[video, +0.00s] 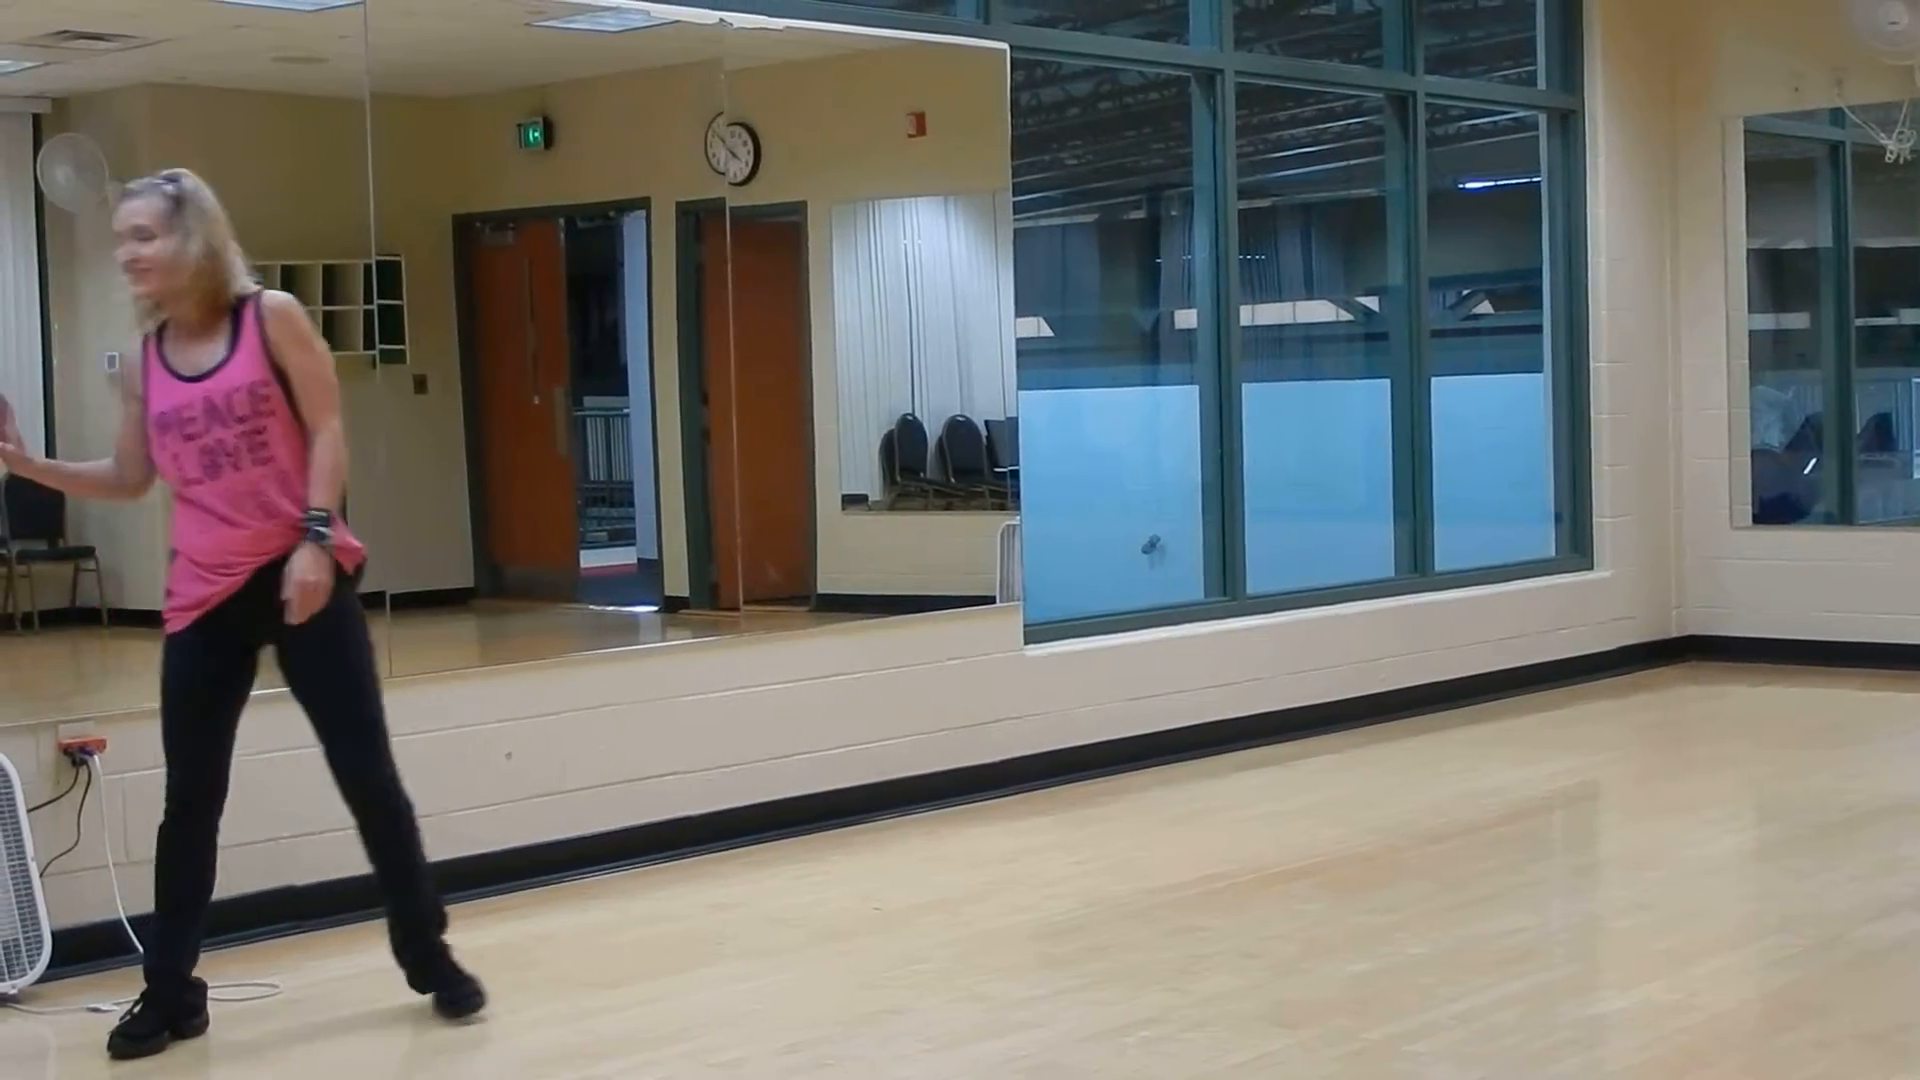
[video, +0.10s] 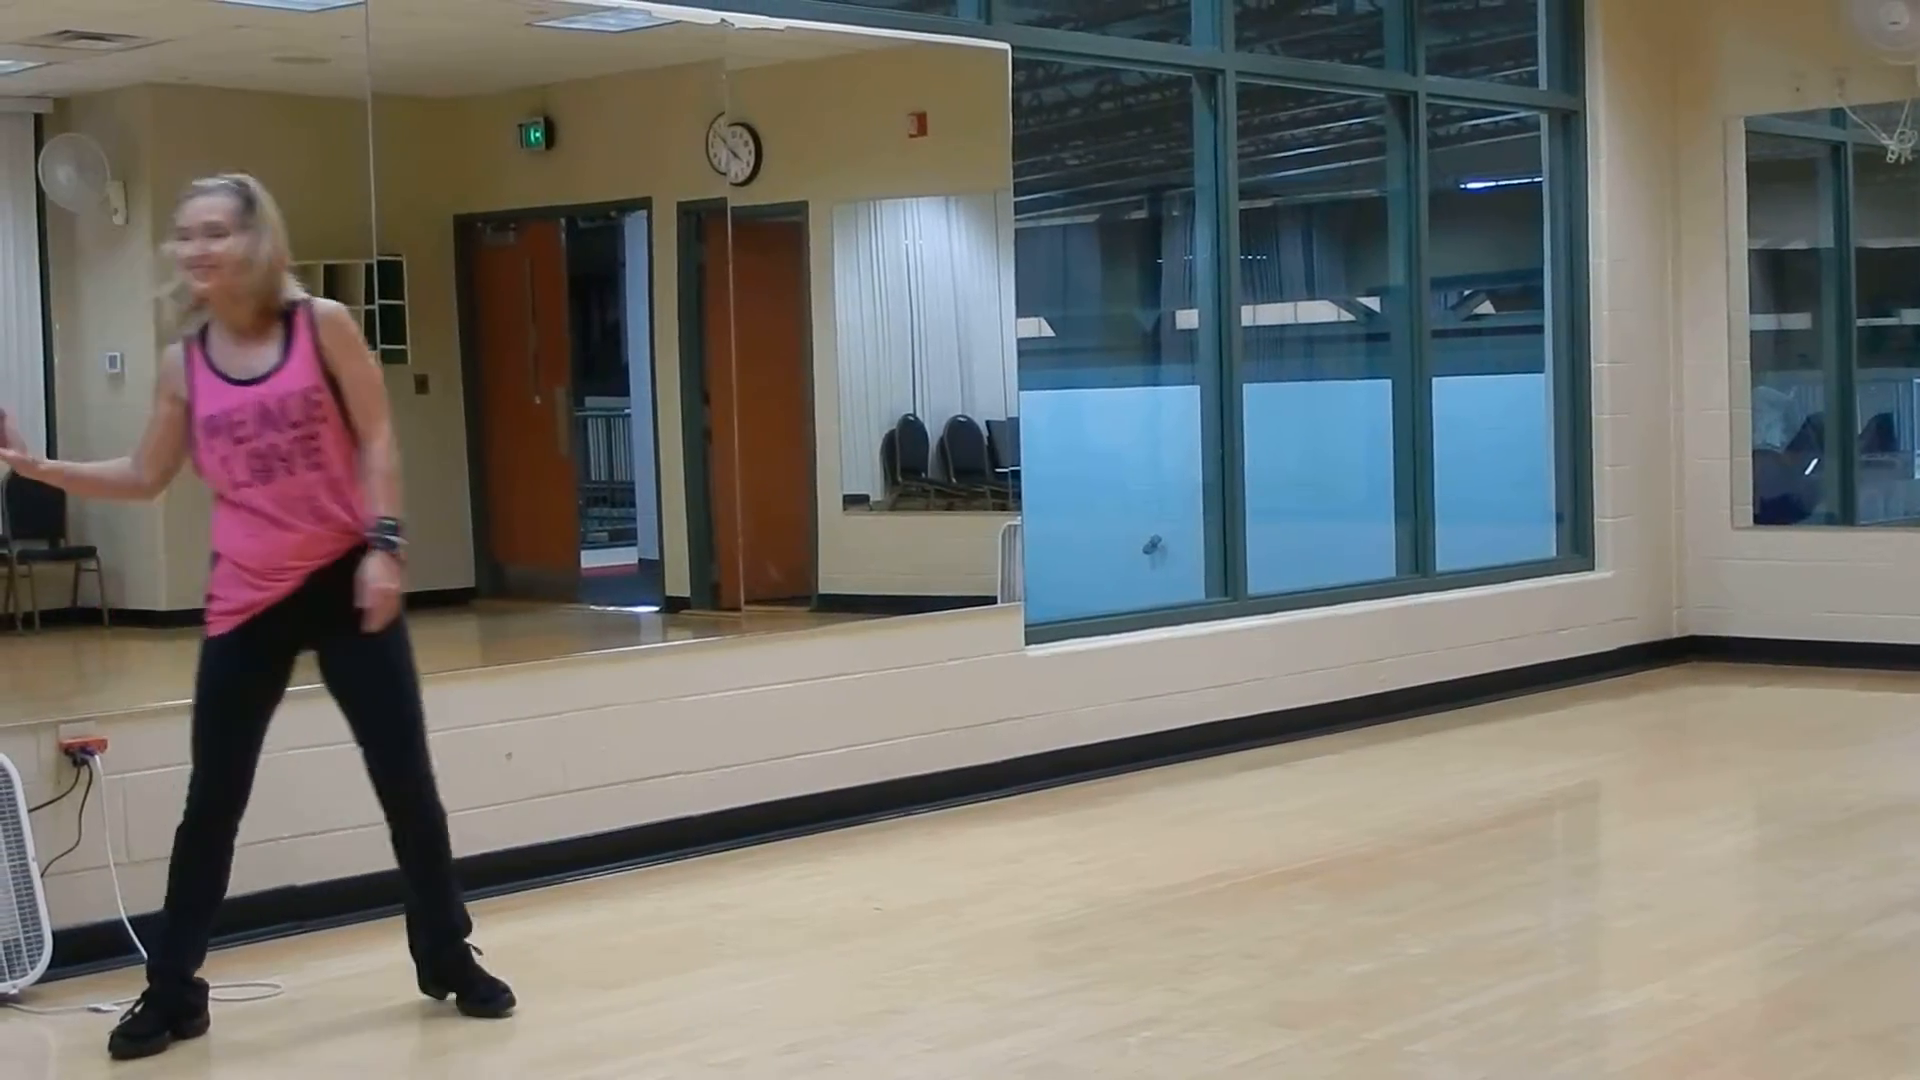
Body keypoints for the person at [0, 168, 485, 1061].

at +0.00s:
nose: (128, 255)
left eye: (144, 237)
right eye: (122, 241)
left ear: (196, 239)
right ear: (127, 256)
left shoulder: (274, 317)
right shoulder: (143, 358)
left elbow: (327, 426)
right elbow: (130, 479)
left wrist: (318, 539)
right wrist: (29, 464)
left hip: (303, 573)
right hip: (204, 593)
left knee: (369, 778)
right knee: (190, 796)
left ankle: (429, 955)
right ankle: (173, 990)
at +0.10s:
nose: (200, 250)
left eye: (219, 233)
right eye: (190, 236)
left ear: (263, 242)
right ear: (178, 254)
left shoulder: (323, 325)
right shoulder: (186, 361)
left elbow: (376, 434)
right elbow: (144, 477)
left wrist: (384, 545)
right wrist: (35, 465)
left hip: (346, 579)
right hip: (246, 598)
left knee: (406, 778)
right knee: (213, 797)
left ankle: (447, 958)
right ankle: (175, 990)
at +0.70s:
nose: (537, 229)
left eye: (540, 217)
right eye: (515, 219)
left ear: (547, 242)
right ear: (472, 249)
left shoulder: (542, 342)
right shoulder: (457, 349)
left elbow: (555, 464)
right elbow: (430, 472)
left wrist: (594, 558)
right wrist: (439, 591)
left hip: (538, 599)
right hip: (494, 605)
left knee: (490, 793)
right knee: (582, 775)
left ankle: (436, 964)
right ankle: (642, 958)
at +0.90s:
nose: (590, 229)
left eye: (590, 218)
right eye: (567, 223)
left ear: (599, 246)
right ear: (529, 259)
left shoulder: (602, 343)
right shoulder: (524, 361)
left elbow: (617, 472)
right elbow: (498, 485)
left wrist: (638, 572)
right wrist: (501, 604)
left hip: (598, 600)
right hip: (562, 606)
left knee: (548, 787)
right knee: (647, 768)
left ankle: (434, 941)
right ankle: (662, 956)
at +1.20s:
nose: (668, 215)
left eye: (666, 205)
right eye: (646, 207)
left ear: (660, 234)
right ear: (606, 241)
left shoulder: (660, 326)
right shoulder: (607, 335)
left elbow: (669, 456)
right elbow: (618, 459)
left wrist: (693, 559)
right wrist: (687, 565)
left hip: (675, 572)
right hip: (629, 578)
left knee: (748, 732)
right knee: (641, 767)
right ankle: (616, 958)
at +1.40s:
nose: (737, 221)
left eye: (733, 211)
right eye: (717, 214)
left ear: (722, 243)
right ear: (677, 244)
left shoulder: (741, 329)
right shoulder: (669, 343)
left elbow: (747, 451)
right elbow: (686, 463)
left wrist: (781, 534)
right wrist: (786, 530)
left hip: (756, 573)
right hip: (705, 580)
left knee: (816, 730)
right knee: (668, 759)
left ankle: (859, 895)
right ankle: (612, 940)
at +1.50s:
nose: (772, 208)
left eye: (768, 198)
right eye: (754, 200)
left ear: (756, 226)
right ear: (713, 228)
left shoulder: (780, 306)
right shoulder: (702, 328)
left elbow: (800, 426)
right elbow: (711, 448)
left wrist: (837, 516)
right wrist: (793, 525)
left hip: (802, 546)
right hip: (745, 552)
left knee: (858, 710)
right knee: (707, 734)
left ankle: (865, 887)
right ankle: (628, 912)